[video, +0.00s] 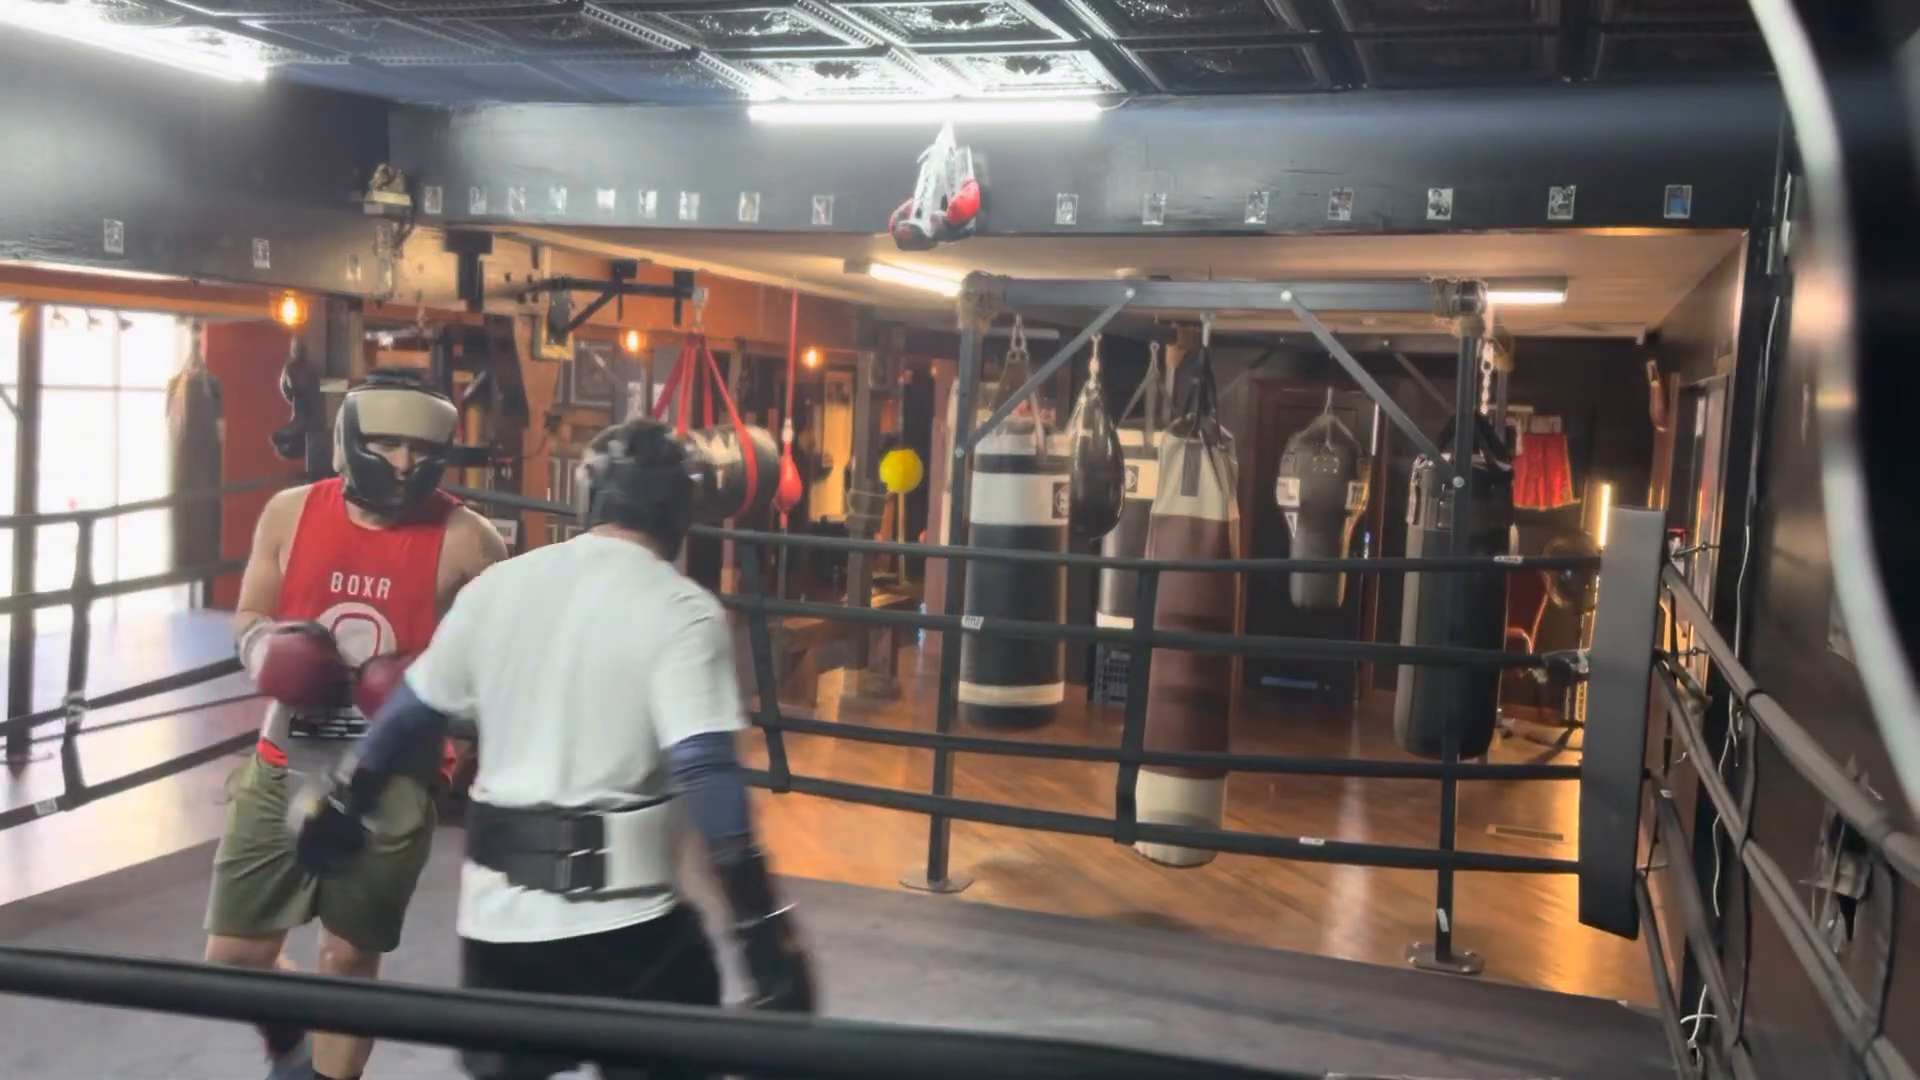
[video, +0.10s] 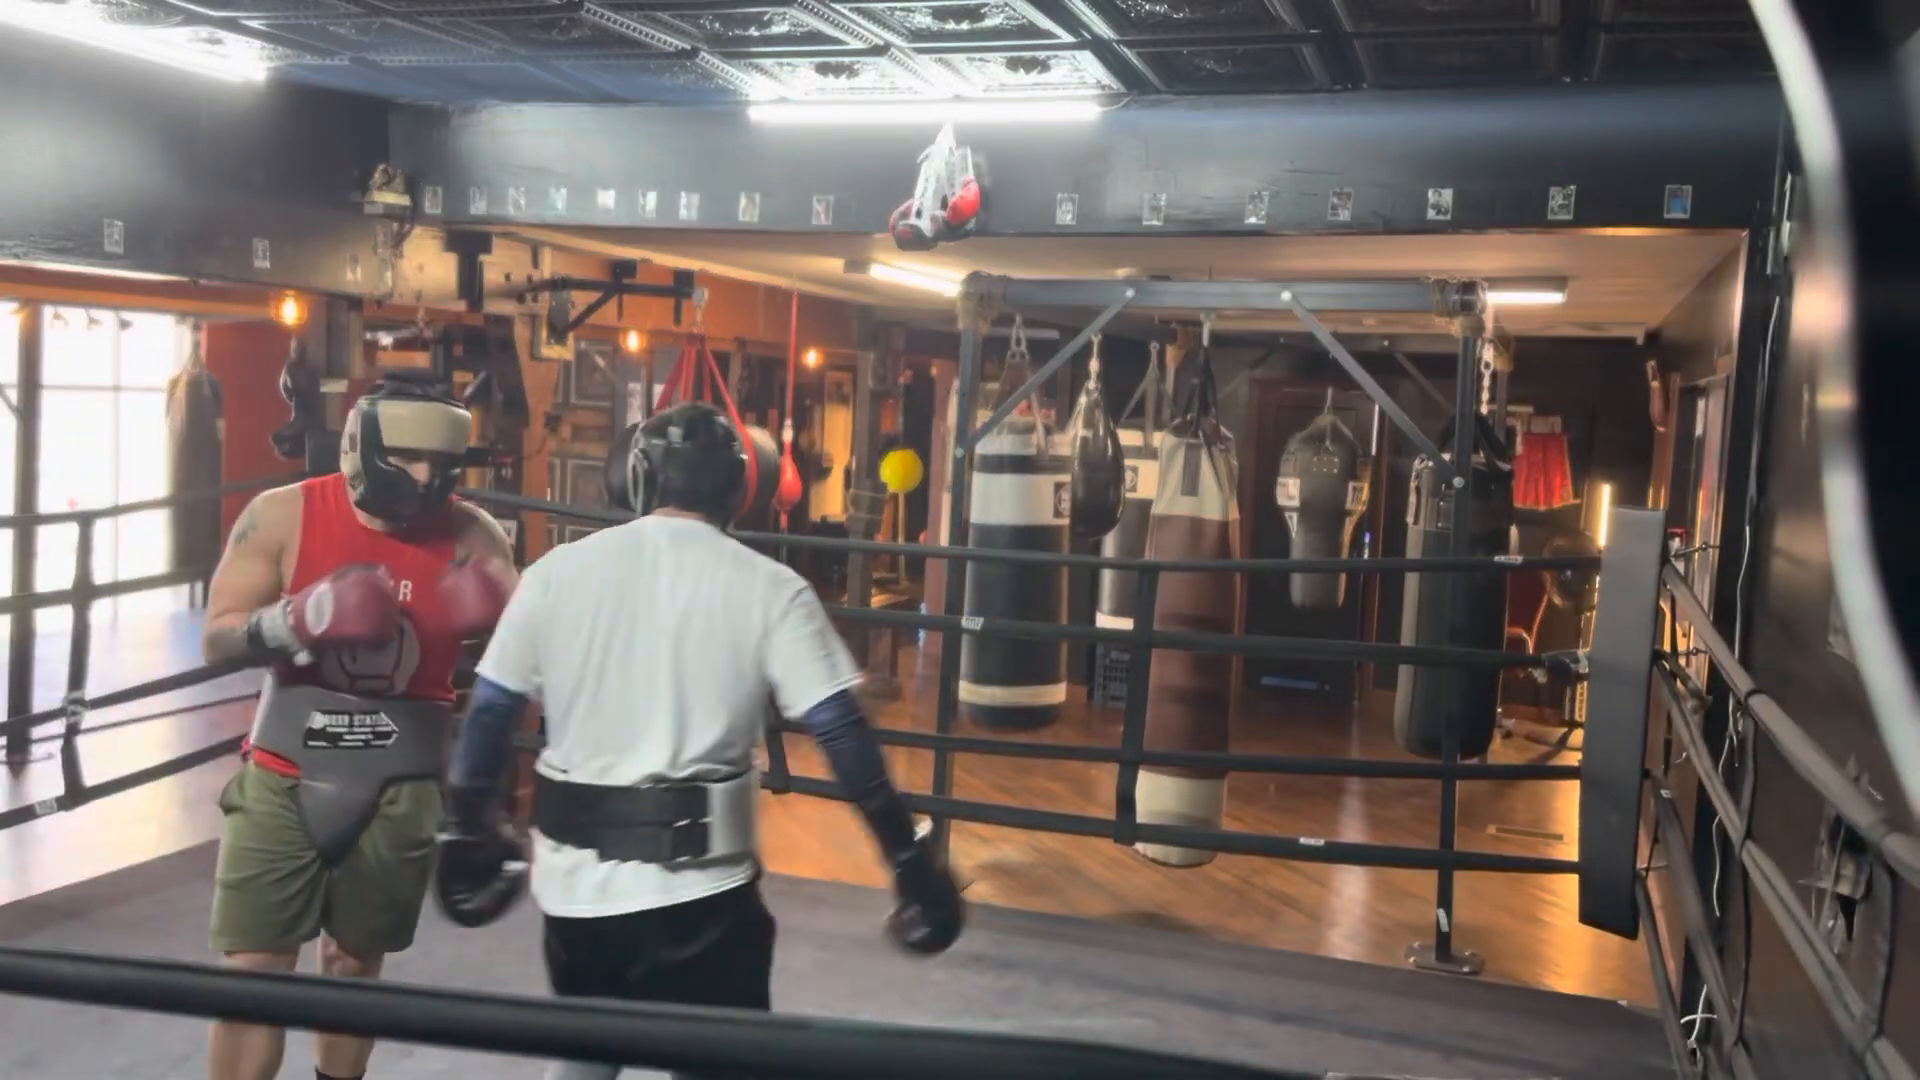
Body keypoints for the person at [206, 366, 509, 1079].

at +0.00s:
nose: (406, 466)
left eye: (424, 452)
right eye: (389, 448)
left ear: (441, 457)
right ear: (351, 446)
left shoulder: (467, 540)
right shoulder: (290, 513)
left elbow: (499, 665)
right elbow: (251, 624)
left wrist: (420, 687)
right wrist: (273, 650)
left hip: (390, 775)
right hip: (281, 763)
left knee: (344, 964)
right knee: (232, 958)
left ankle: (333, 1071)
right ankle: (295, 1040)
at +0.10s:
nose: (430, 482)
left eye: (443, 465)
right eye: (411, 463)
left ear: (455, 464)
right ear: (363, 456)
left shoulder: (474, 536)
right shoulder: (279, 515)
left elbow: (520, 658)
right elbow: (218, 639)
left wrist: (498, 617)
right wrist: (299, 619)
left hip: (400, 784)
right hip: (281, 772)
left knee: (351, 971)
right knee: (250, 978)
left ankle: (339, 1073)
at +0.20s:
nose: (440, 495)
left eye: (451, 479)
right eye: (424, 478)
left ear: (462, 468)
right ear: (374, 461)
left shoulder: (460, 537)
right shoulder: (277, 520)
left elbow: (514, 654)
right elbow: (229, 659)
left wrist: (524, 580)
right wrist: (328, 602)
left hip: (407, 795)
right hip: (288, 793)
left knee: (356, 988)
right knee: (257, 1007)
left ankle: (340, 1075)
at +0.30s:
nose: (428, 505)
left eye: (440, 490)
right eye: (420, 487)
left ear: (450, 489)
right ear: (376, 469)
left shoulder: (430, 542)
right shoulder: (280, 538)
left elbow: (485, 658)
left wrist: (512, 550)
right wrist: (412, 554)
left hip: (414, 816)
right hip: (306, 821)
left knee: (369, 1024)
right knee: (286, 1035)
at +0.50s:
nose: (444, 508)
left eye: (462, 496)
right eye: (430, 479)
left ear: (480, 498)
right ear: (405, 466)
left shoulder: (433, 542)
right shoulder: (324, 548)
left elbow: (461, 678)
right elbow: (436, 669)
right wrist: (500, 566)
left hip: (426, 807)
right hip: (333, 824)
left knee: (467, 994)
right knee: (324, 1047)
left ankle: (383, 1073)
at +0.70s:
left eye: (547, 501)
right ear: (502, 486)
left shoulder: (449, 538)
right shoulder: (431, 556)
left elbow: (509, 658)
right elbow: (535, 674)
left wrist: (556, 576)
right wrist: (592, 571)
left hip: (456, 820)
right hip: (388, 832)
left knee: (494, 1010)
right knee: (358, 1045)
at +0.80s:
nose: (556, 512)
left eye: (574, 503)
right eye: (548, 493)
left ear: (595, 516)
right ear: (515, 484)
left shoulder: (490, 547)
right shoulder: (476, 565)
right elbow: (566, 688)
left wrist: (572, 602)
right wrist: (633, 593)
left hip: (493, 824)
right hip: (435, 836)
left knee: (533, 1024)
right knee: (415, 1052)